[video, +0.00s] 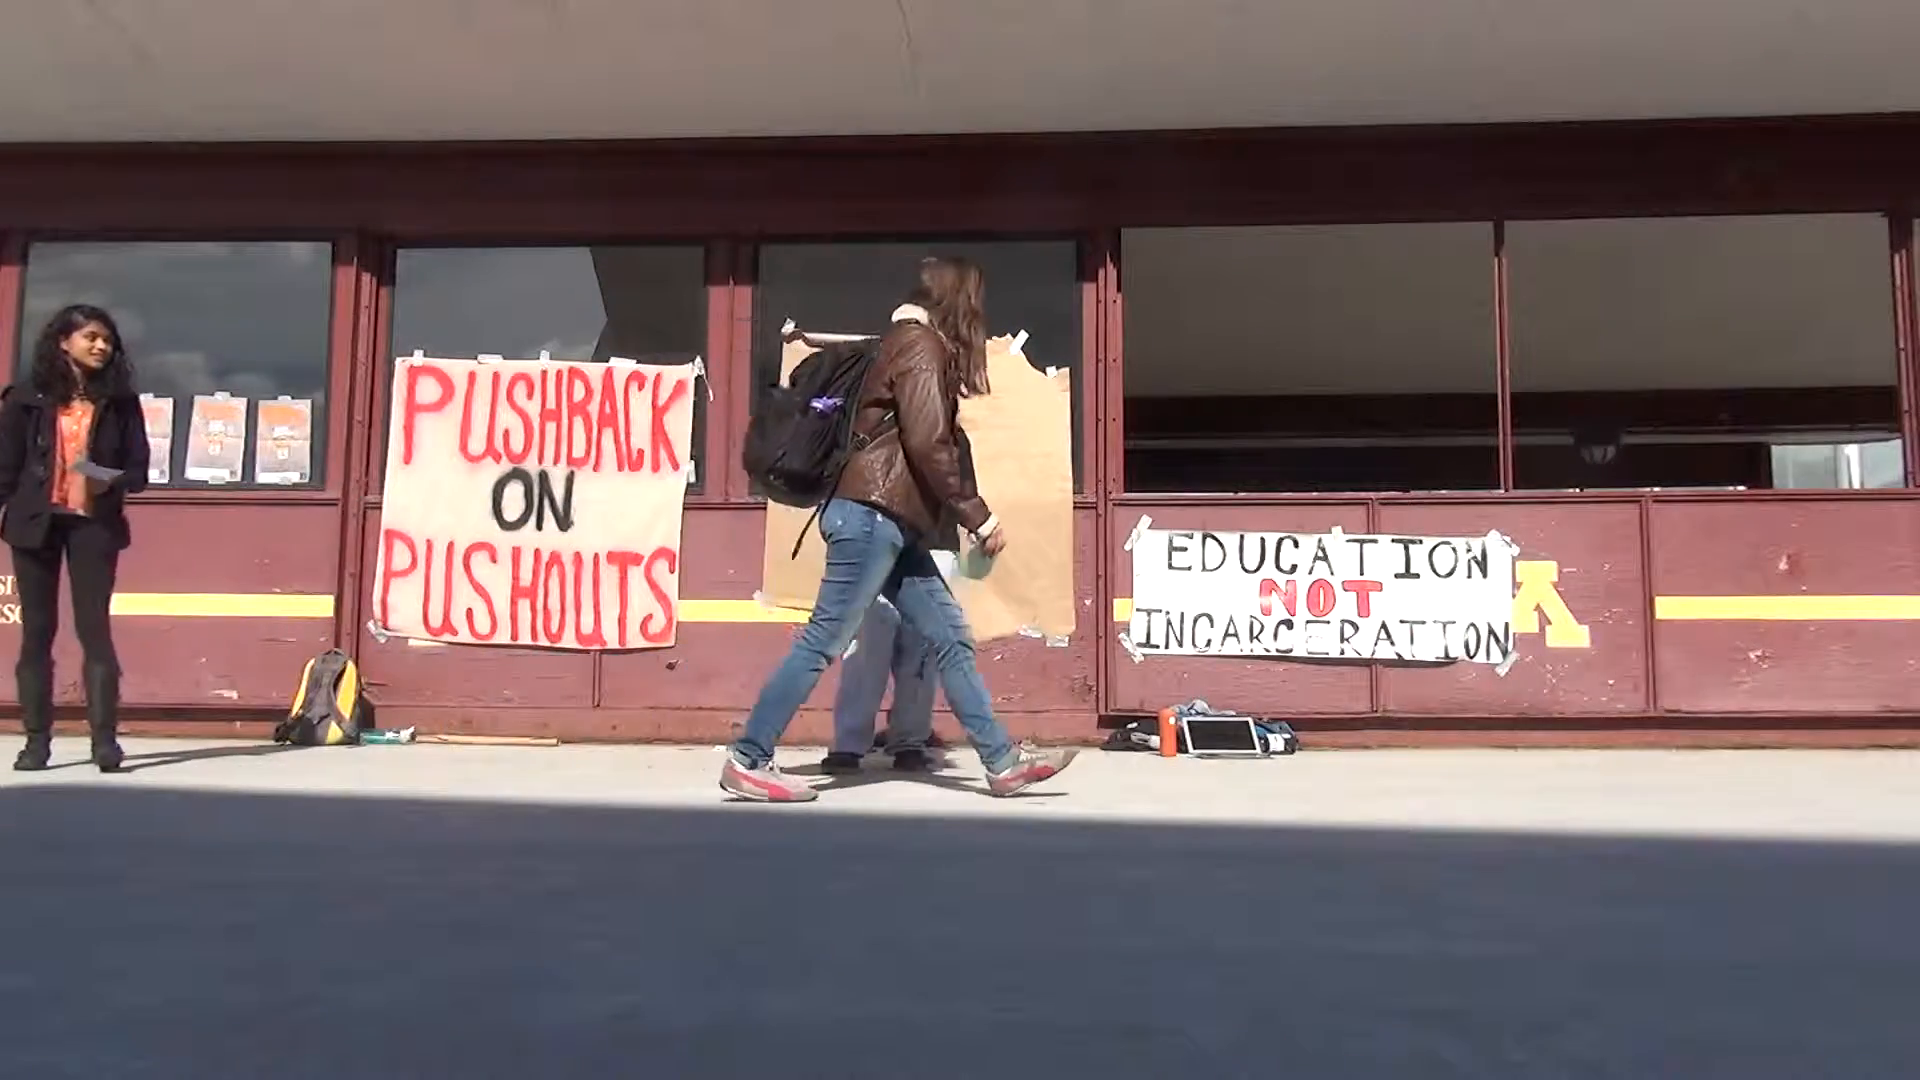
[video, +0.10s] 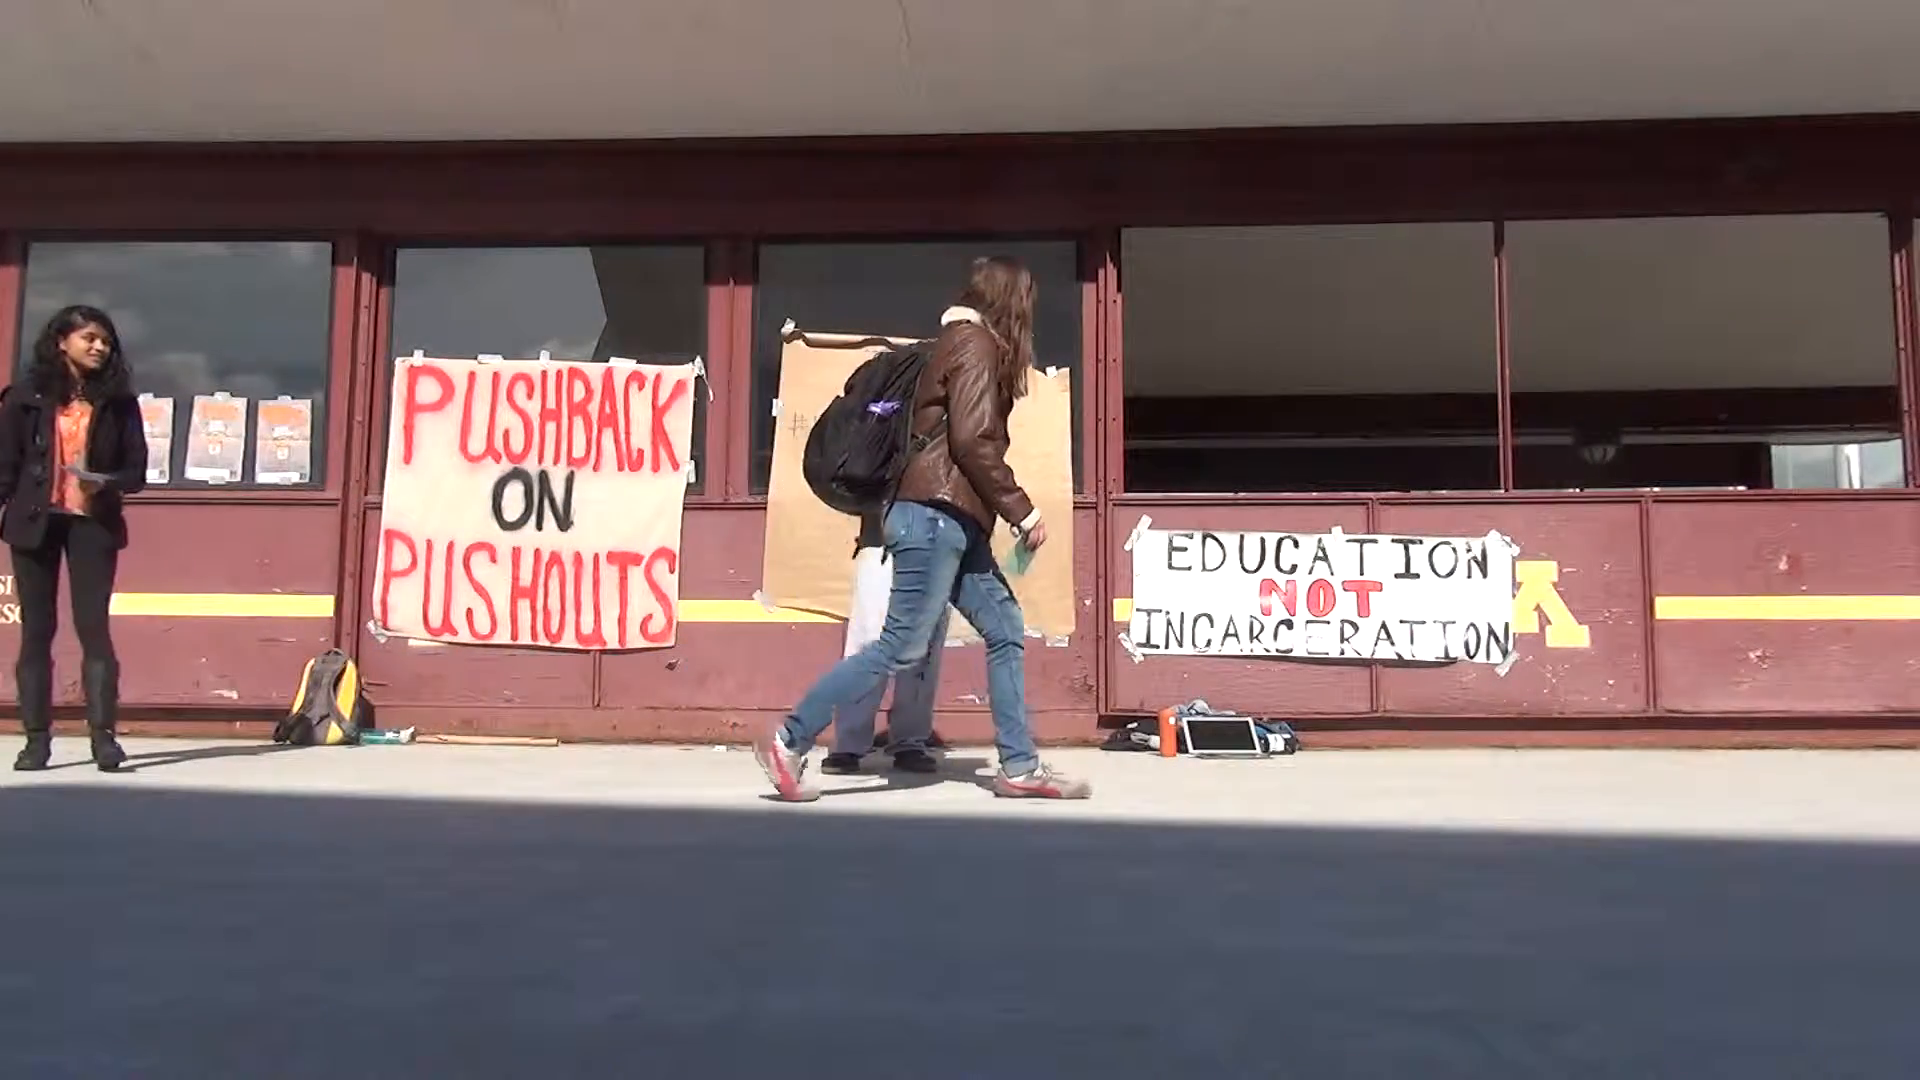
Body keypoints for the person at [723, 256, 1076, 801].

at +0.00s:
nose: (979, 312)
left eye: (978, 300)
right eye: (976, 300)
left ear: (927, 294)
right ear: (961, 300)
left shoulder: (912, 342)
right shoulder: (922, 346)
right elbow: (928, 442)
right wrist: (978, 516)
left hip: (886, 519)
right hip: (868, 512)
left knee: (949, 638)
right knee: (823, 641)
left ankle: (1003, 762)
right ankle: (746, 761)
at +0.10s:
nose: (1027, 313)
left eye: (1027, 303)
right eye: (1025, 302)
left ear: (978, 294)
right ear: (1010, 301)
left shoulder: (953, 343)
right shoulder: (976, 347)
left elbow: (942, 440)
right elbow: (975, 442)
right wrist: (1023, 511)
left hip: (946, 518)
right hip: (932, 513)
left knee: (1005, 630)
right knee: (900, 646)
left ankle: (1018, 767)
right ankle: (789, 740)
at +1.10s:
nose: (867, 376)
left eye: (874, 369)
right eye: (867, 369)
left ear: (901, 374)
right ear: (884, 376)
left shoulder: (937, 426)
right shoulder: (863, 432)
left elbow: (955, 483)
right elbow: (845, 493)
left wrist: (908, 483)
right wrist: (856, 490)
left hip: (915, 551)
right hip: (866, 549)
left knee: (905, 648)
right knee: (851, 645)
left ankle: (907, 741)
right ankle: (845, 740)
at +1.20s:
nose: (858, 378)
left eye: (865, 371)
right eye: (859, 371)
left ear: (891, 376)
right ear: (879, 377)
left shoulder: (929, 427)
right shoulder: (858, 433)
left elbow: (945, 484)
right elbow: (843, 496)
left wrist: (896, 478)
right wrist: (843, 487)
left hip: (906, 550)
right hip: (859, 549)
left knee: (898, 648)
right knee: (849, 646)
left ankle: (906, 741)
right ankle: (847, 741)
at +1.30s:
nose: (849, 378)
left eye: (856, 371)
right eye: (850, 371)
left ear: (881, 376)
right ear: (869, 378)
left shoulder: (917, 428)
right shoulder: (851, 435)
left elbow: (929, 484)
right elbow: (847, 496)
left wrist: (898, 468)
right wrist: (820, 482)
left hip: (893, 553)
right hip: (850, 552)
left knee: (891, 652)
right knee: (843, 652)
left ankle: (906, 742)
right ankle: (847, 741)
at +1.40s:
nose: (840, 378)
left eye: (847, 371)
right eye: (842, 371)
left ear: (872, 377)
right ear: (863, 378)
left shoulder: (905, 426)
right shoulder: (843, 434)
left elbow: (918, 482)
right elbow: (829, 493)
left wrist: (895, 458)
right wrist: (790, 470)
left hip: (881, 555)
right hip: (838, 554)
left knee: (882, 652)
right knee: (836, 652)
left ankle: (903, 743)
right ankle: (845, 743)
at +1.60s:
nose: (825, 378)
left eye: (832, 372)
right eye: (826, 372)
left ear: (856, 378)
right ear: (846, 379)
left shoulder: (884, 428)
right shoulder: (830, 434)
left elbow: (901, 487)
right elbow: (819, 496)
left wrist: (876, 470)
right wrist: (774, 479)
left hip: (859, 554)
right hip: (822, 554)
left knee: (869, 649)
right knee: (827, 652)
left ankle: (904, 742)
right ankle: (845, 743)